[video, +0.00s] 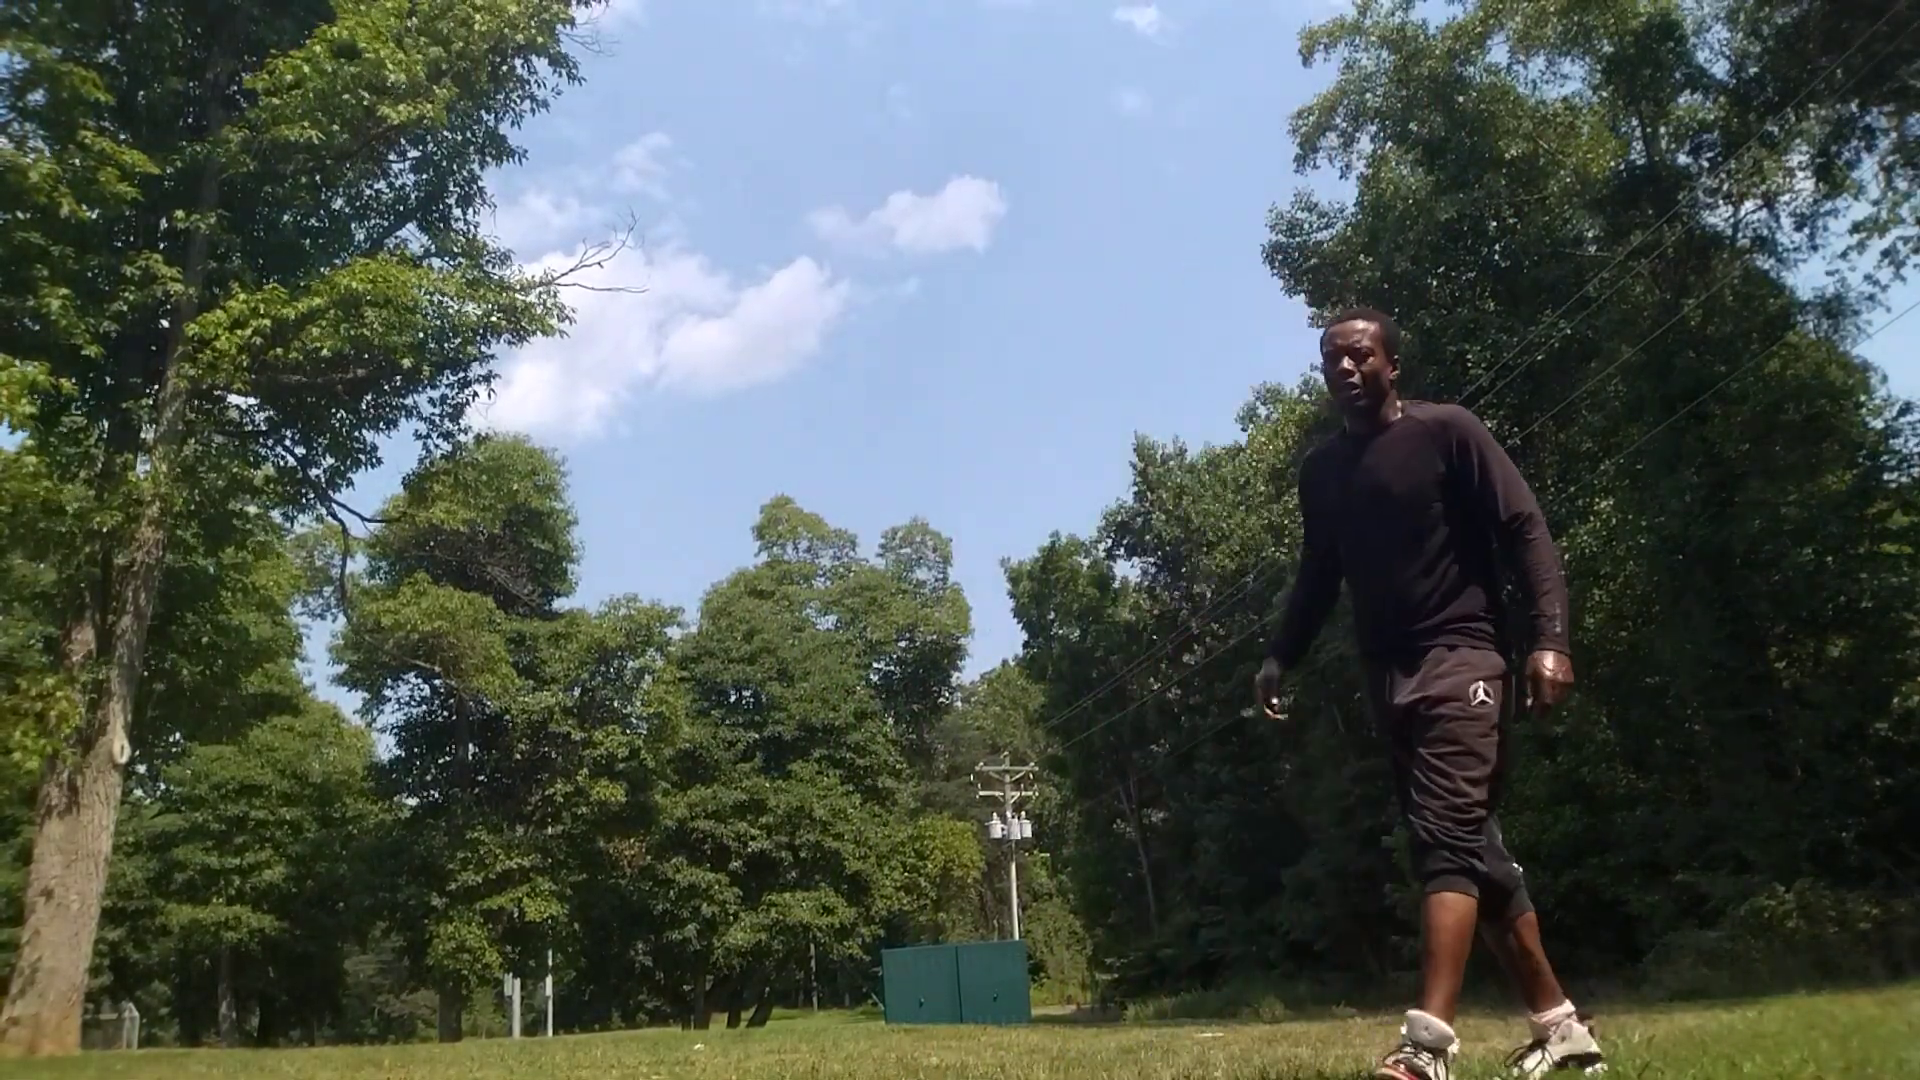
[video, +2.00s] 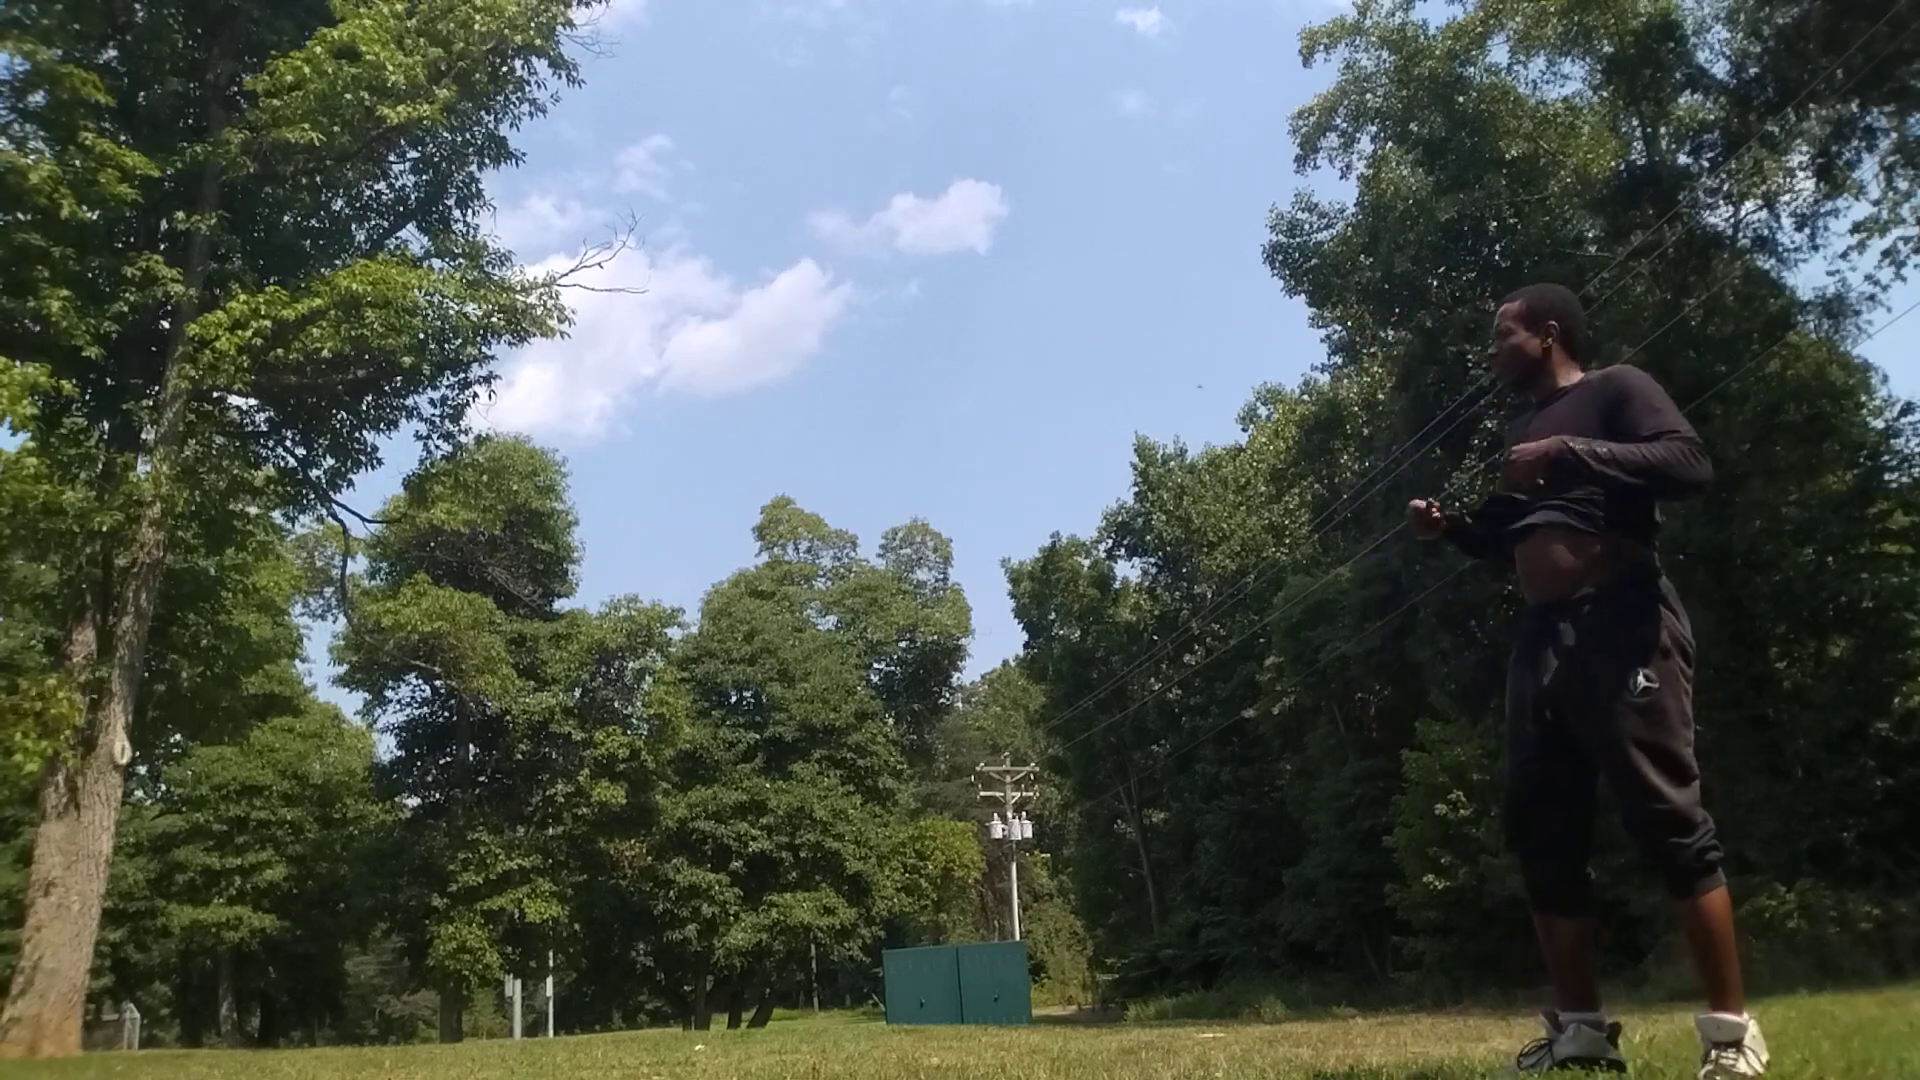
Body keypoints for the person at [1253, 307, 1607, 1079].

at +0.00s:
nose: (1347, 367)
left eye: (1361, 354)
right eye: (1334, 357)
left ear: (1393, 365)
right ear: (1323, 373)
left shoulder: (1449, 430)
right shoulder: (1323, 467)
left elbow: (1527, 527)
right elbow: (1319, 569)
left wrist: (1551, 636)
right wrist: (1280, 653)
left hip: (1461, 657)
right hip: (1392, 672)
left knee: (1446, 832)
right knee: (1465, 840)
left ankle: (1428, 1038)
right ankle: (1560, 1025)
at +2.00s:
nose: (1493, 349)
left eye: (1502, 333)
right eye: (1493, 336)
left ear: (1545, 334)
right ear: (1537, 337)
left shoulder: (1617, 385)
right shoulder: (1528, 435)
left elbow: (1691, 463)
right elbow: (1520, 542)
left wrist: (1561, 450)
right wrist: (1453, 525)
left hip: (1626, 624)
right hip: (1545, 638)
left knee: (1672, 821)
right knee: (1541, 825)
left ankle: (1730, 1035)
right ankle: (1579, 1030)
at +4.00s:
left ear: (1522, 292)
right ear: (1489, 303)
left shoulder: (1558, 348)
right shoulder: (1441, 406)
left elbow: (1510, 242)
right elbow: (1424, 505)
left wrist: (1447, 337)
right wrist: (1397, 525)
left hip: (1562, 586)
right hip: (1469, 607)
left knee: (1582, 805)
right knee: (1449, 804)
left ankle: (1610, 1036)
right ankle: (1538, 1003)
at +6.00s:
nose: (1648, 32)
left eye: (1671, 12)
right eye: (1639, 23)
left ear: (1737, 22)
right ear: (1642, 56)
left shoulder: (1847, 109)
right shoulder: (1632, 165)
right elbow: (1481, 174)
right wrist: (1638, 110)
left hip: (1837, 449)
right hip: (1687, 484)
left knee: (1887, 733)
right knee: (1722, 748)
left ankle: (1911, 1018)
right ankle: (1828, 1027)